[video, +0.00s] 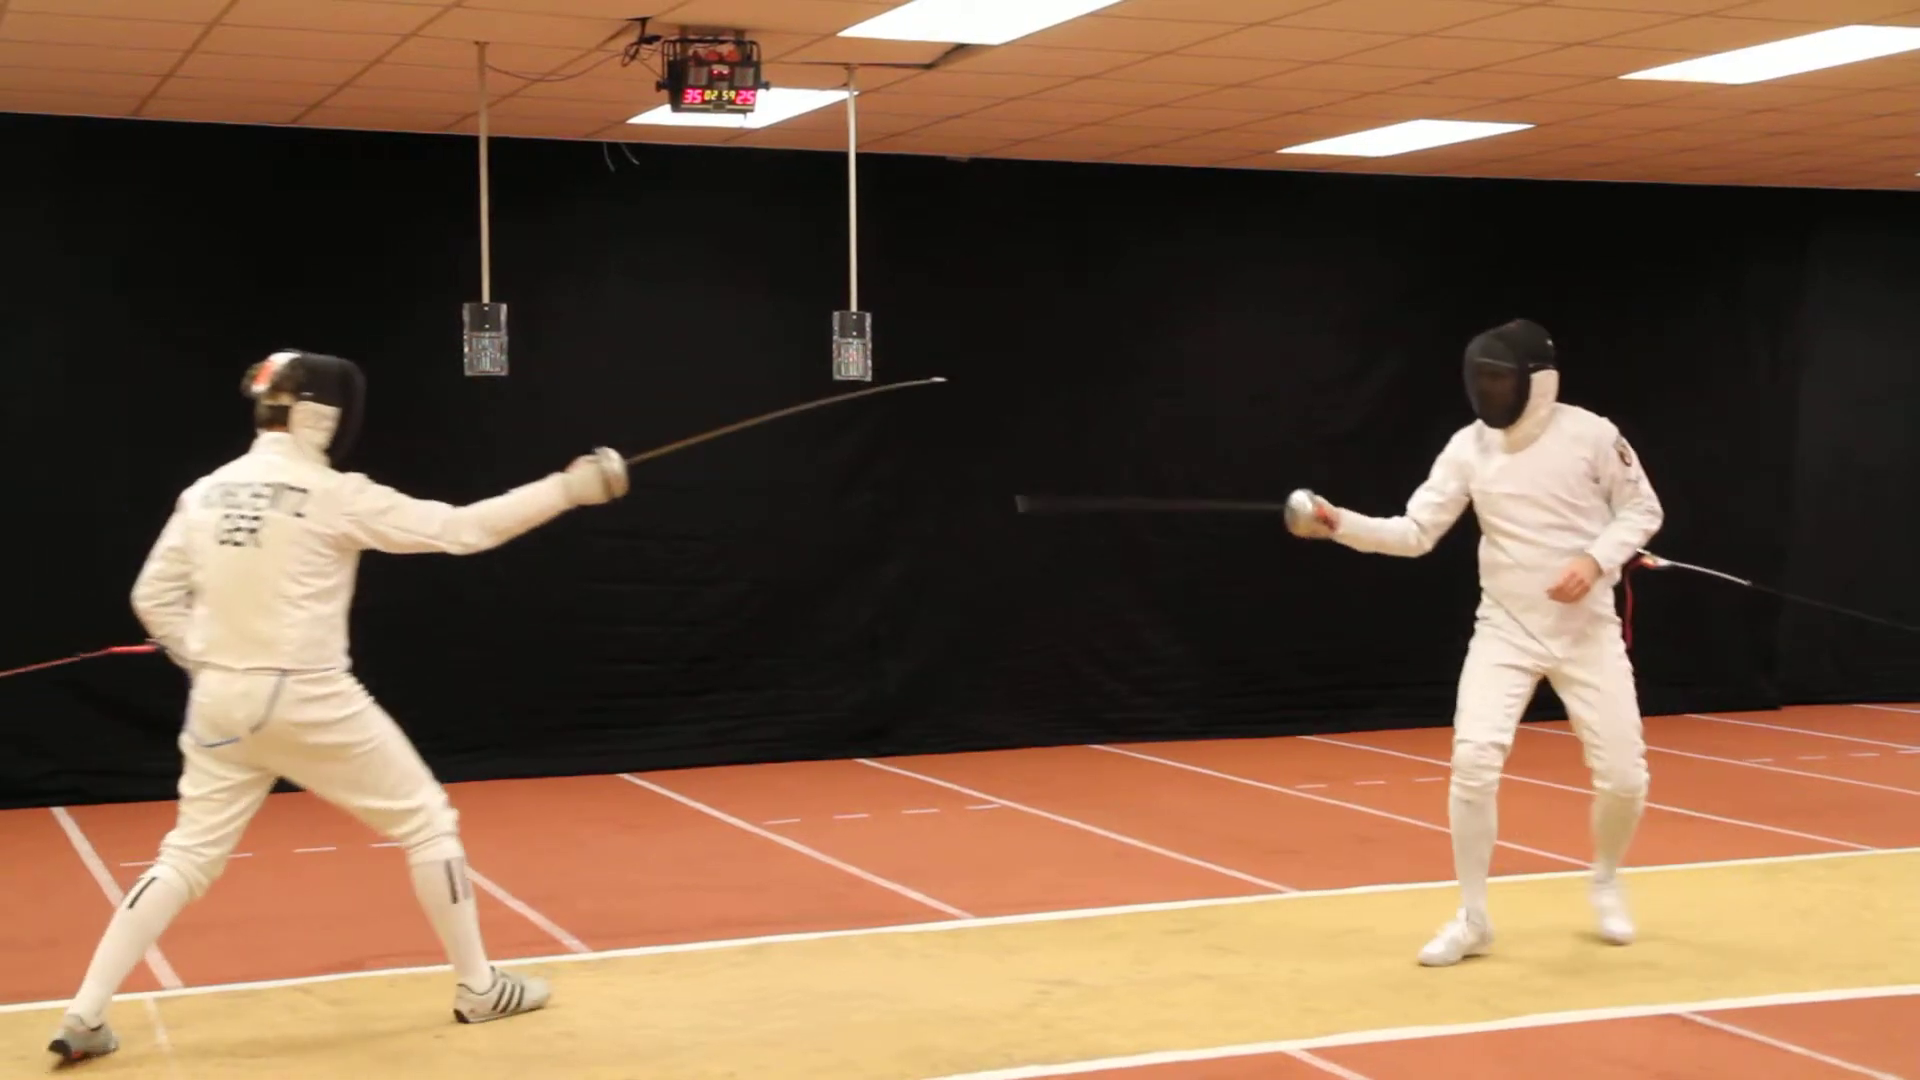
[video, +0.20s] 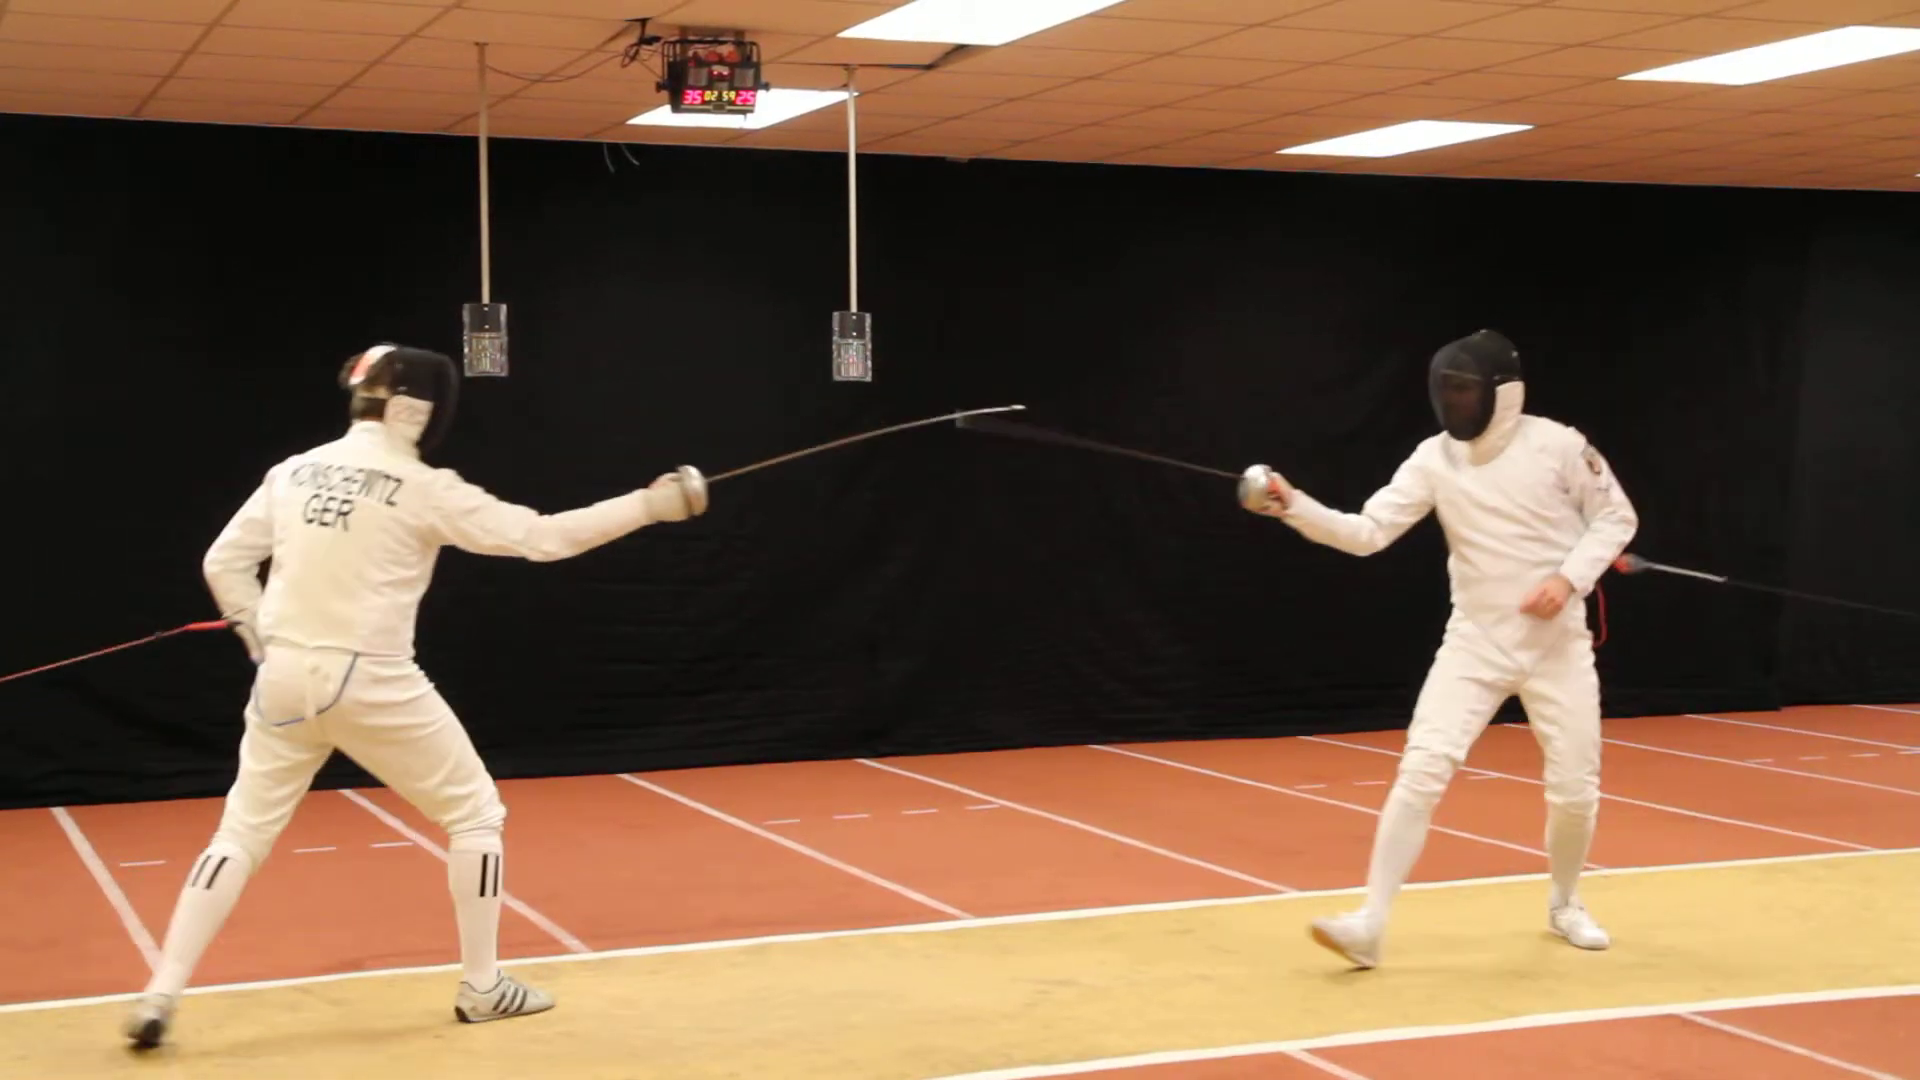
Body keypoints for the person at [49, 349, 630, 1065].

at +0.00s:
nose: (342, 423)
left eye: (338, 410)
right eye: (334, 410)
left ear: (267, 413)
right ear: (312, 417)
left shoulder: (204, 493)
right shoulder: (334, 495)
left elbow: (154, 596)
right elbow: (462, 529)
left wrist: (213, 663)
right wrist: (571, 485)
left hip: (218, 700)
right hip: (313, 698)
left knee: (185, 857)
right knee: (427, 823)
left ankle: (83, 1015)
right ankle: (479, 984)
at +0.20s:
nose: (431, 416)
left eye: (424, 402)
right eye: (427, 404)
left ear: (365, 402)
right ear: (413, 412)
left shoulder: (294, 472)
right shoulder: (425, 489)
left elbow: (224, 564)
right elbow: (546, 537)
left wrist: (268, 644)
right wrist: (654, 502)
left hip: (281, 679)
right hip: (376, 683)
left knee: (239, 834)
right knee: (474, 813)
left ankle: (158, 996)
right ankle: (482, 985)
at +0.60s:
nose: (437, 425)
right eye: (435, 413)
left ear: (364, 407)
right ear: (423, 417)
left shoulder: (293, 477)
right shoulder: (425, 491)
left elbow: (216, 556)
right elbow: (527, 564)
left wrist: (259, 634)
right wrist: (636, 532)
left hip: (277, 678)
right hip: (369, 681)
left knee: (223, 839)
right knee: (469, 814)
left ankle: (129, 997)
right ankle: (481, 983)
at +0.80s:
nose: (355, 435)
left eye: (350, 421)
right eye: (350, 421)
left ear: (297, 418)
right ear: (333, 425)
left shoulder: (221, 494)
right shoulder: (353, 506)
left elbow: (146, 574)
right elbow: (458, 578)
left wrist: (198, 656)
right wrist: (570, 547)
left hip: (210, 697)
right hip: (310, 699)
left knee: (174, 853)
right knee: (417, 828)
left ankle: (106, 1016)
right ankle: (477, 985)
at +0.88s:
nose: (341, 427)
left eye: (340, 415)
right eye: (337, 415)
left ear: (268, 407)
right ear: (318, 415)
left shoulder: (197, 483)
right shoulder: (328, 495)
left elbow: (123, 566)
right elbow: (433, 572)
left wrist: (179, 644)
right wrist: (546, 544)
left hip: (190, 689)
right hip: (286, 691)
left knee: (165, 848)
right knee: (387, 827)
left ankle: (105, 1016)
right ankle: (462, 984)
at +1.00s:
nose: (321, 420)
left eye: (320, 406)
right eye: (318, 407)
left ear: (247, 400)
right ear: (300, 408)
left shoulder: (177, 477)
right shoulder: (306, 487)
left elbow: (106, 563)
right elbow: (413, 564)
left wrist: (164, 637)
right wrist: (528, 536)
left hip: (173, 685)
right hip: (264, 685)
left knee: (163, 845)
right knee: (376, 815)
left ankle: (105, 1014)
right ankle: (365, 995)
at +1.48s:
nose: (399, 420)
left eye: (394, 407)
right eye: (394, 407)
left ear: (325, 404)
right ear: (373, 412)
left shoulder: (253, 479)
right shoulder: (387, 491)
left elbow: (182, 565)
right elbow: (492, 573)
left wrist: (235, 644)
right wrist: (605, 557)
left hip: (246, 682)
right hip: (339, 685)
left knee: (195, 843)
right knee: (448, 820)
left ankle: (110, 1017)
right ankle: (468, 996)